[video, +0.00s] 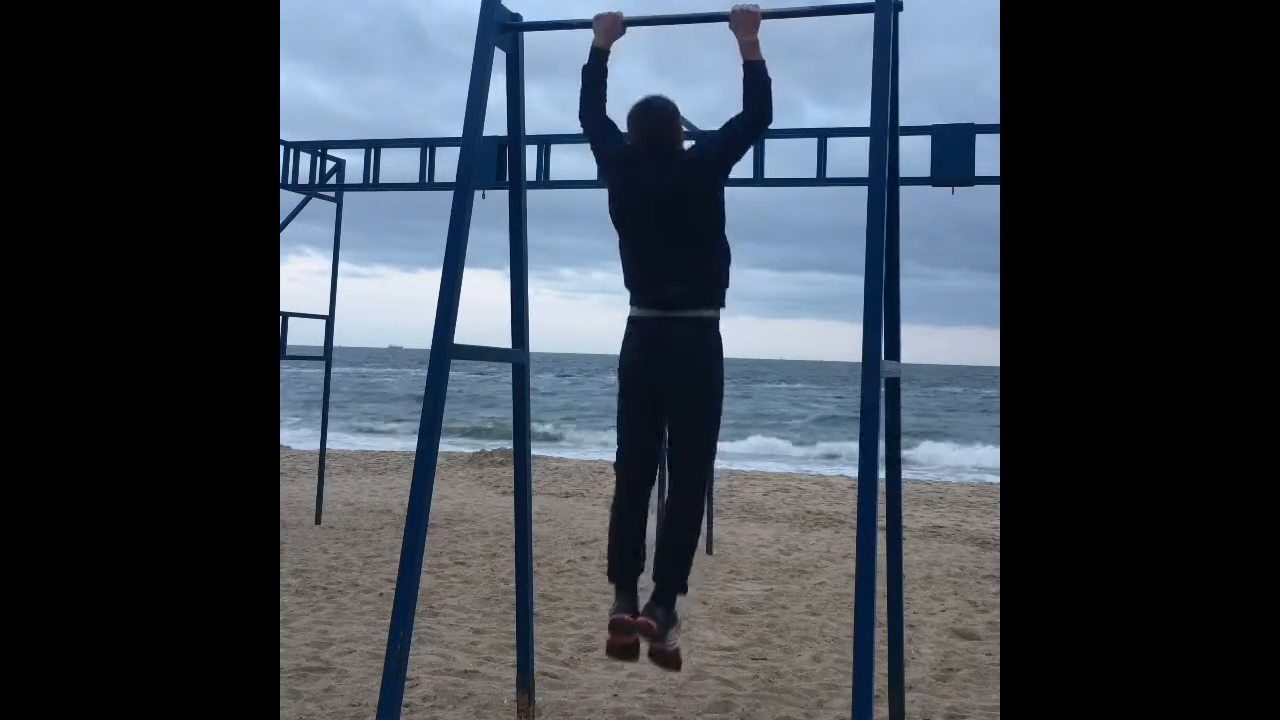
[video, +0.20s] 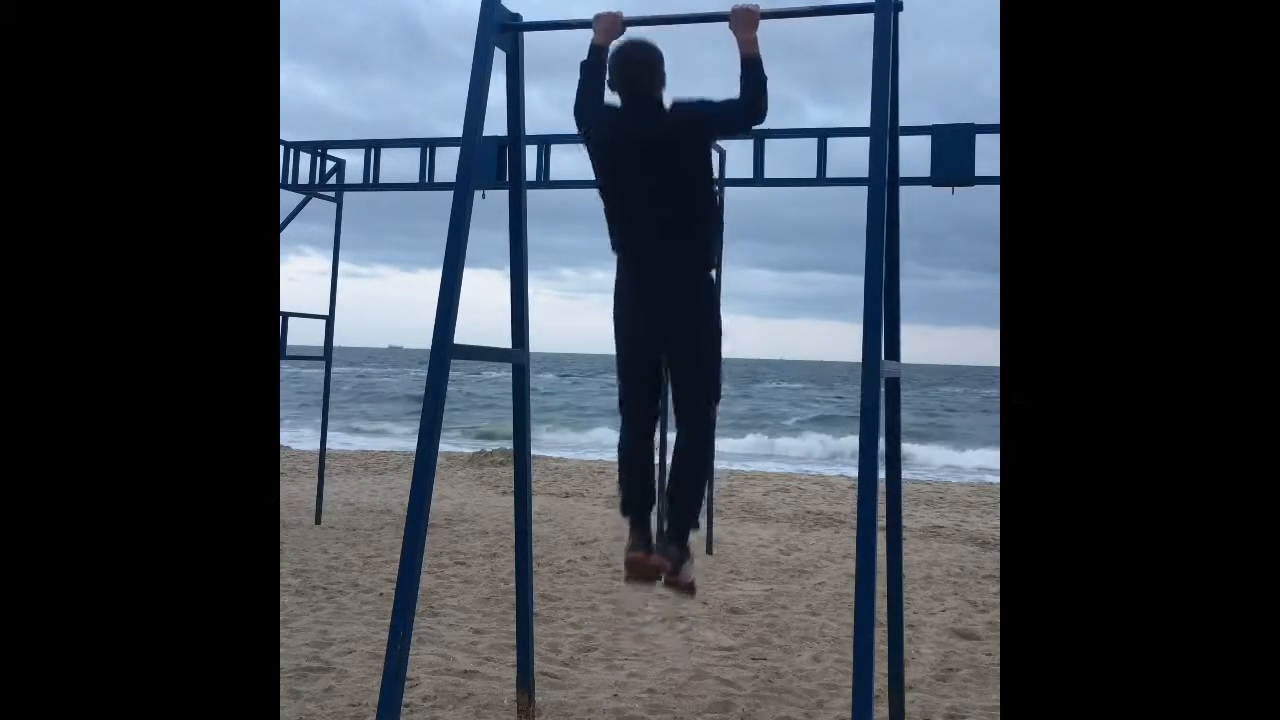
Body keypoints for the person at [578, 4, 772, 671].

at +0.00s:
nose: (686, 125)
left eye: (679, 121)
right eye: (682, 121)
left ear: (630, 138)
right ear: (678, 132)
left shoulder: (620, 170)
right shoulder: (706, 165)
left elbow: (592, 115)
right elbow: (757, 114)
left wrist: (600, 46)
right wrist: (750, 45)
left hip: (643, 339)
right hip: (697, 341)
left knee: (634, 470)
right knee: (688, 477)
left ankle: (625, 605)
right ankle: (662, 610)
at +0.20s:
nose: (655, 81)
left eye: (633, 74)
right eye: (658, 74)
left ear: (615, 85)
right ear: (662, 81)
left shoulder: (601, 130)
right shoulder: (693, 122)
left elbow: (588, 96)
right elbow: (752, 108)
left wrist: (598, 42)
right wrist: (749, 42)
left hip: (634, 294)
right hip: (693, 293)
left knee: (637, 416)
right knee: (695, 423)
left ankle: (639, 542)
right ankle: (674, 552)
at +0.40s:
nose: (656, 8)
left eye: (616, 11)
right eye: (656, 4)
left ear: (609, 11)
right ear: (656, 8)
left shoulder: (591, 56)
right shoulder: (687, 46)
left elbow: (564, 101)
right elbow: (762, 92)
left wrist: (593, 38)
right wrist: (750, 38)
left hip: (631, 220)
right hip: (690, 216)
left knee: (647, 337)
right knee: (704, 339)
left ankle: (661, 455)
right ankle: (699, 463)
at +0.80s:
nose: (660, 60)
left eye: (633, 53)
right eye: (663, 50)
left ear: (622, 61)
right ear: (669, 57)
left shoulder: (606, 109)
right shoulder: (701, 100)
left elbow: (575, 101)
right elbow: (772, 100)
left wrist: (597, 43)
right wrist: (754, 40)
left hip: (640, 275)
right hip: (699, 274)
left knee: (648, 397)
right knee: (701, 396)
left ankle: (656, 519)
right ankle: (689, 520)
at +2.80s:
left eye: (620, 54)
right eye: (653, 50)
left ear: (612, 60)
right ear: (659, 56)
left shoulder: (598, 112)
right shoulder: (691, 98)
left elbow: (587, 93)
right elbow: (754, 105)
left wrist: (597, 43)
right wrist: (749, 41)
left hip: (637, 272)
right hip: (695, 269)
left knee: (643, 392)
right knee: (703, 393)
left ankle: (648, 513)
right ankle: (685, 515)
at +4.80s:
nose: (683, 121)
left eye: (672, 116)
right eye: (680, 115)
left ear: (630, 128)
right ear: (679, 123)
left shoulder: (620, 163)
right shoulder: (707, 159)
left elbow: (592, 113)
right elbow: (761, 111)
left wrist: (600, 46)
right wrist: (750, 43)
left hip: (648, 329)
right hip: (703, 330)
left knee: (643, 460)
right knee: (699, 468)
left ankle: (636, 589)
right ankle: (675, 597)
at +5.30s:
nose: (627, 71)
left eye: (618, 63)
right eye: (645, 61)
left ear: (610, 72)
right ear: (656, 66)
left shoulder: (599, 117)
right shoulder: (691, 106)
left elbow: (590, 90)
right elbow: (752, 107)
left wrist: (598, 41)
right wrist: (748, 42)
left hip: (636, 278)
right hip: (694, 276)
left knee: (642, 398)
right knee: (702, 401)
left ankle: (648, 520)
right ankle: (685, 527)